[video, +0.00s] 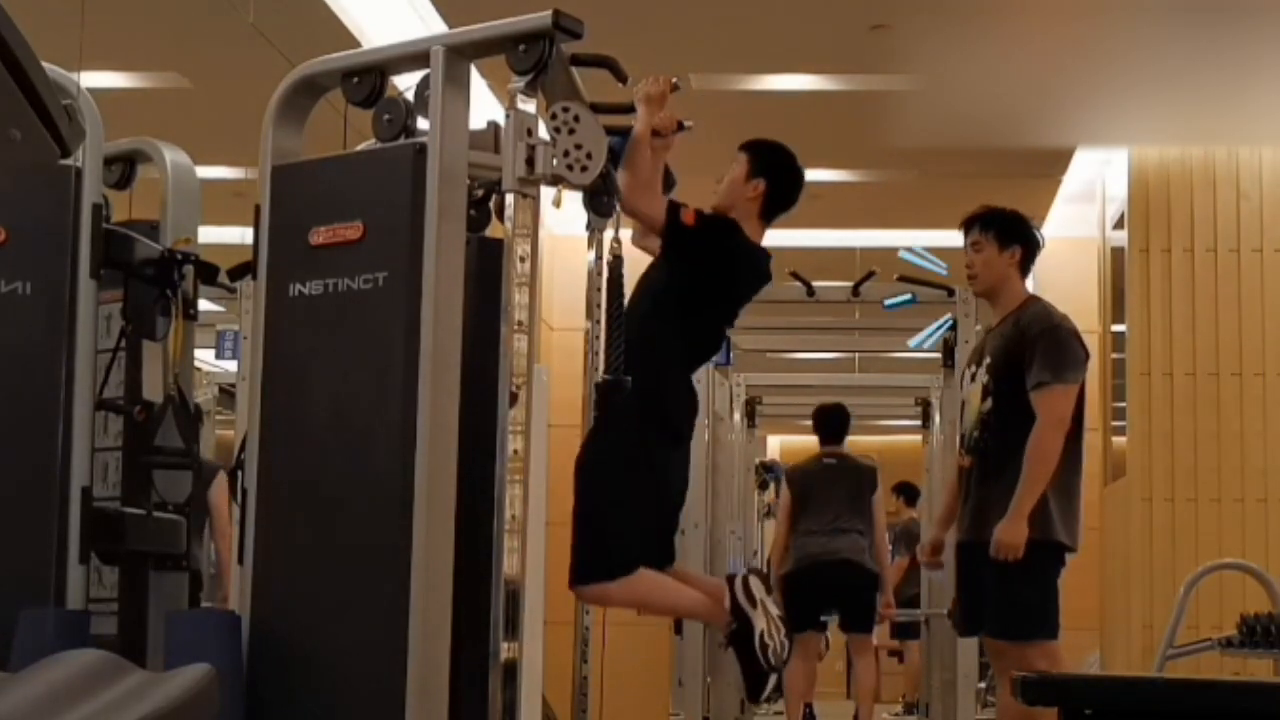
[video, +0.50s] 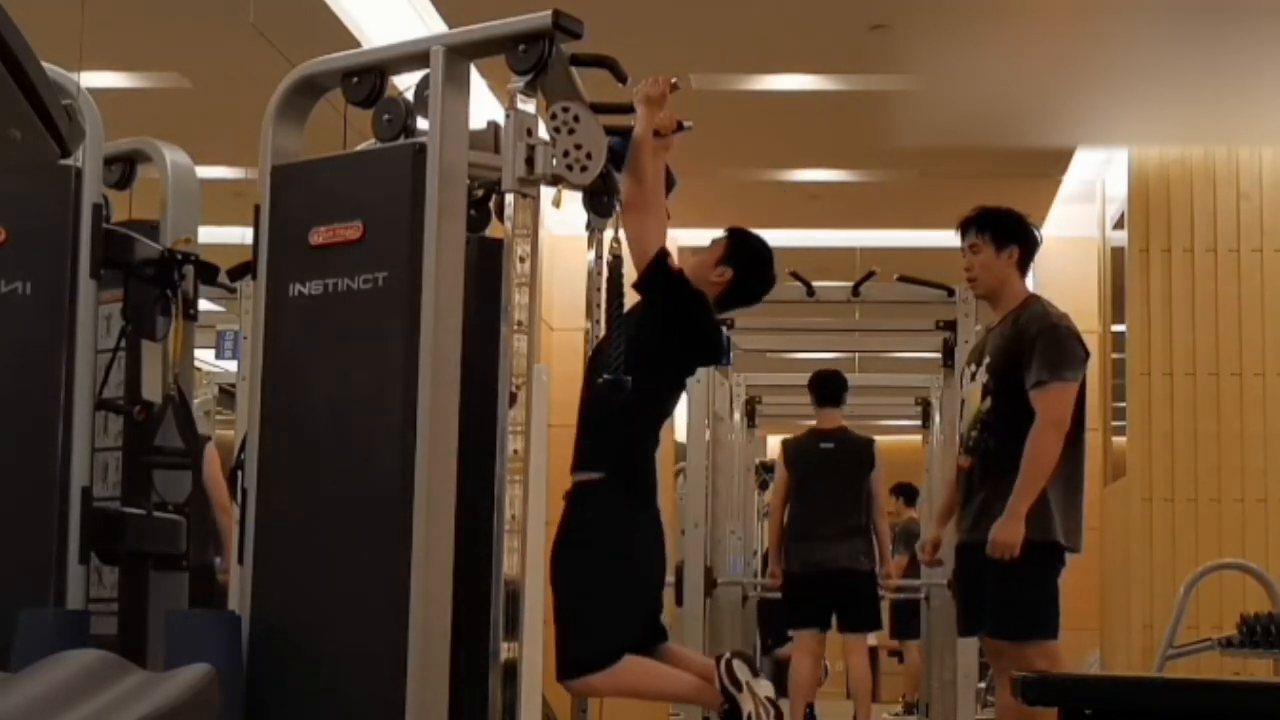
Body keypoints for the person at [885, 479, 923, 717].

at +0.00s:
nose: (891, 503)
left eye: (893, 498)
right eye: (893, 498)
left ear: (901, 499)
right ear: (913, 500)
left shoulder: (906, 527)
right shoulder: (915, 524)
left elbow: (901, 561)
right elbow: (903, 561)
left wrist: (887, 589)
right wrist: (891, 587)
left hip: (908, 593)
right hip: (914, 591)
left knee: (910, 647)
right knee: (912, 647)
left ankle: (911, 700)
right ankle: (913, 698)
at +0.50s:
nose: (891, 504)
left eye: (893, 500)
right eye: (892, 500)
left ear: (901, 500)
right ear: (911, 500)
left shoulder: (907, 526)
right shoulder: (912, 524)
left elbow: (901, 560)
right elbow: (902, 558)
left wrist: (888, 578)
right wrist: (891, 575)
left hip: (907, 590)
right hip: (911, 589)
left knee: (910, 647)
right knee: (911, 647)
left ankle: (911, 700)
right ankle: (912, 699)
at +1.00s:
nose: (892, 503)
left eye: (894, 498)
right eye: (892, 498)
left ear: (904, 499)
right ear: (911, 499)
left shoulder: (909, 525)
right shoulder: (909, 524)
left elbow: (899, 557)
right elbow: (901, 556)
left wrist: (888, 577)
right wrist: (890, 576)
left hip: (908, 590)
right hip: (909, 588)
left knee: (911, 646)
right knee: (911, 647)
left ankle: (911, 700)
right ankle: (913, 699)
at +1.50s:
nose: (893, 502)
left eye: (896, 497)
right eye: (894, 497)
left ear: (903, 499)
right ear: (914, 499)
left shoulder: (907, 526)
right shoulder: (917, 524)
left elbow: (900, 559)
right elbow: (904, 559)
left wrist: (888, 585)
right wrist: (893, 584)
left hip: (909, 593)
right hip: (916, 592)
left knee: (911, 648)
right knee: (913, 648)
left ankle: (911, 700)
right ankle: (913, 699)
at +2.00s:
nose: (894, 503)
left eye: (895, 499)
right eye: (895, 499)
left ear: (902, 499)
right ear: (914, 500)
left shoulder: (907, 528)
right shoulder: (919, 526)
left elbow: (902, 563)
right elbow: (908, 563)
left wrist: (887, 586)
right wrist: (891, 583)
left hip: (910, 595)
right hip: (918, 593)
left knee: (912, 648)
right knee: (915, 649)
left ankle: (911, 701)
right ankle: (914, 699)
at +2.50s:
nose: (894, 504)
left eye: (896, 499)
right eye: (895, 500)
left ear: (902, 500)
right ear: (915, 500)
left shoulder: (906, 528)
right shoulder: (920, 526)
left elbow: (900, 561)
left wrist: (886, 586)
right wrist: (890, 582)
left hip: (909, 596)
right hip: (917, 594)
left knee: (912, 649)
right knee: (912, 649)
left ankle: (910, 701)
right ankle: (912, 699)